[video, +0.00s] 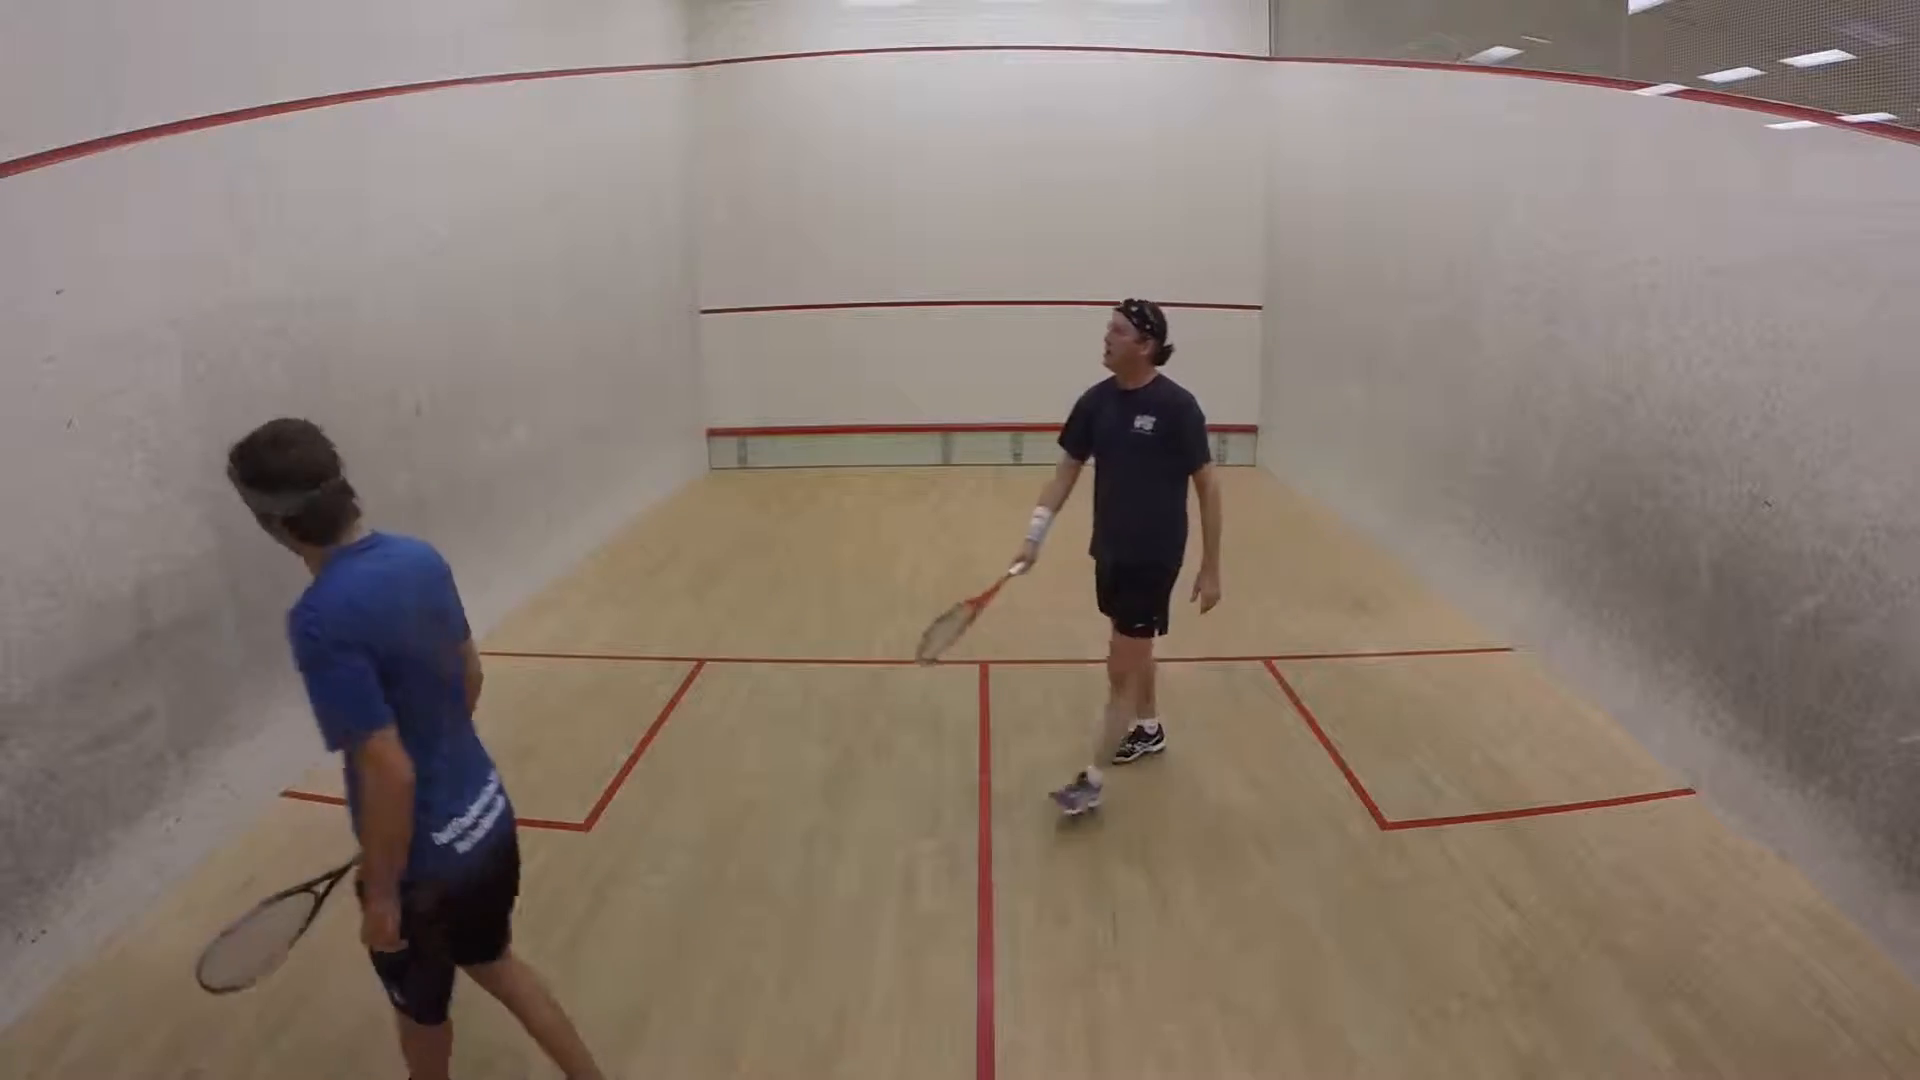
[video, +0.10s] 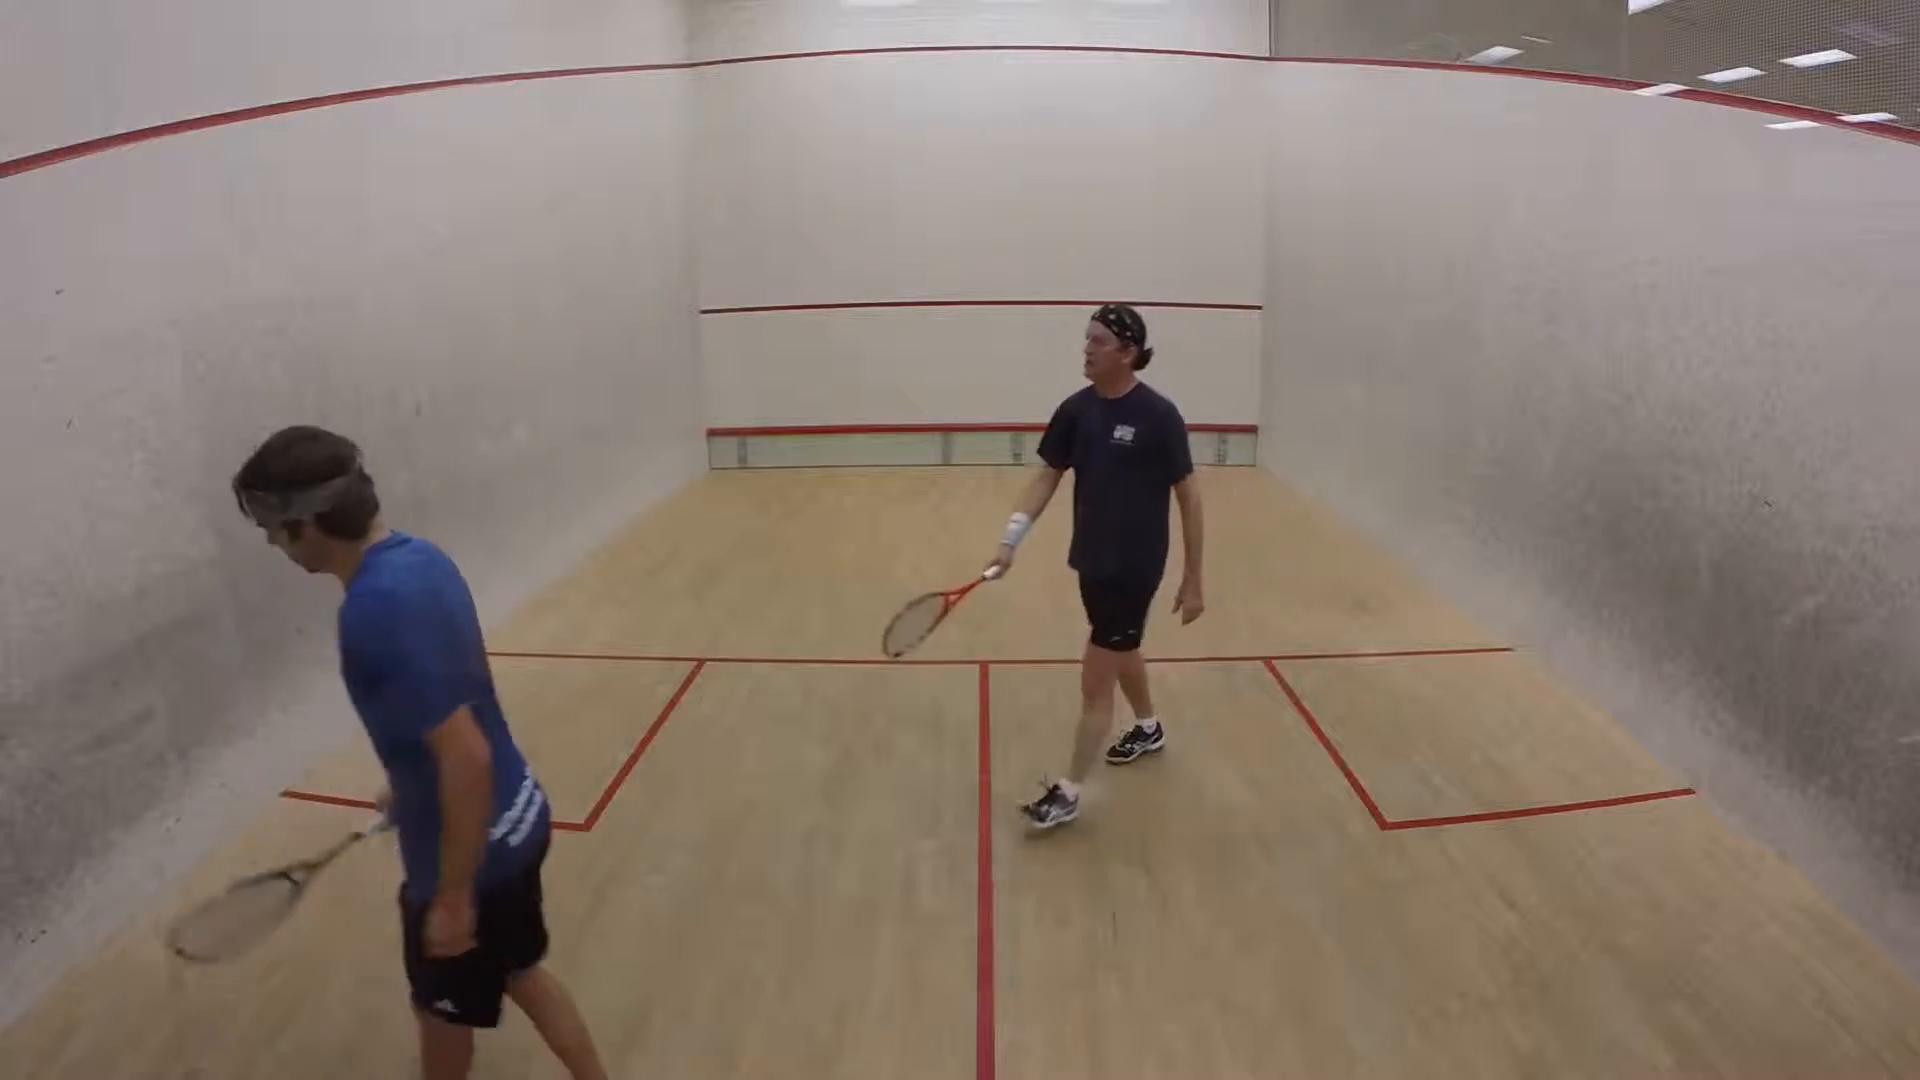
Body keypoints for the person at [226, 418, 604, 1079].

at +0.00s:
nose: (260, 523)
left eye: (258, 512)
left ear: (274, 524)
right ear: (342, 480)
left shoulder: (323, 619)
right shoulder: (417, 557)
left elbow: (388, 771)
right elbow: (467, 677)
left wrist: (381, 894)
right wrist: (420, 761)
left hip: (423, 867)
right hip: (491, 825)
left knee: (423, 1022)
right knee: (491, 957)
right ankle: (587, 1071)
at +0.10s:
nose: (279, 546)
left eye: (277, 532)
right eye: (272, 533)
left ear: (306, 528)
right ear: (356, 493)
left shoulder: (375, 613)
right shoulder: (419, 560)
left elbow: (467, 754)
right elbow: (463, 694)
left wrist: (454, 896)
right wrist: (408, 782)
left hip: (457, 869)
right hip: (515, 824)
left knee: (442, 1021)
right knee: (523, 971)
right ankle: (594, 1073)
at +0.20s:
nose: (289, 543)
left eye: (292, 524)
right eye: (283, 526)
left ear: (338, 512)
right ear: (350, 507)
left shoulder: (417, 598)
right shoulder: (427, 555)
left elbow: (534, 736)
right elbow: (423, 684)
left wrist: (543, 886)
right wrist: (352, 764)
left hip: (483, 858)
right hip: (522, 829)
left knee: (473, 1015)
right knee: (547, 982)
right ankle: (597, 1072)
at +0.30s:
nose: (318, 538)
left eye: (324, 516)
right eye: (313, 518)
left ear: (384, 504)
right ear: (385, 505)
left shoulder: (466, 595)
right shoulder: (424, 568)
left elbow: (584, 726)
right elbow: (394, 673)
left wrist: (628, 878)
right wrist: (295, 751)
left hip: (532, 863)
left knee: (515, 1043)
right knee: (581, 1005)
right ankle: (604, 1077)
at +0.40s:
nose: (360, 541)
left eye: (373, 518)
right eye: (358, 519)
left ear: (442, 501)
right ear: (436, 506)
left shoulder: (525, 604)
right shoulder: (424, 578)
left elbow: (637, 739)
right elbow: (369, 688)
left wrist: (693, 888)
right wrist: (267, 776)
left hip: (581, 877)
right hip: (527, 862)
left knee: (574, 1062)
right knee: (592, 1030)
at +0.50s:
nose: (425, 557)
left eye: (445, 536)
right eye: (419, 534)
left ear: (513, 516)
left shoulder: (590, 610)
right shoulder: (434, 596)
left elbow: (686, 750)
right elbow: (374, 728)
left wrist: (731, 903)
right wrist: (290, 842)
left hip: (620, 889)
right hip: (536, 885)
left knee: (641, 1065)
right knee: (594, 1037)